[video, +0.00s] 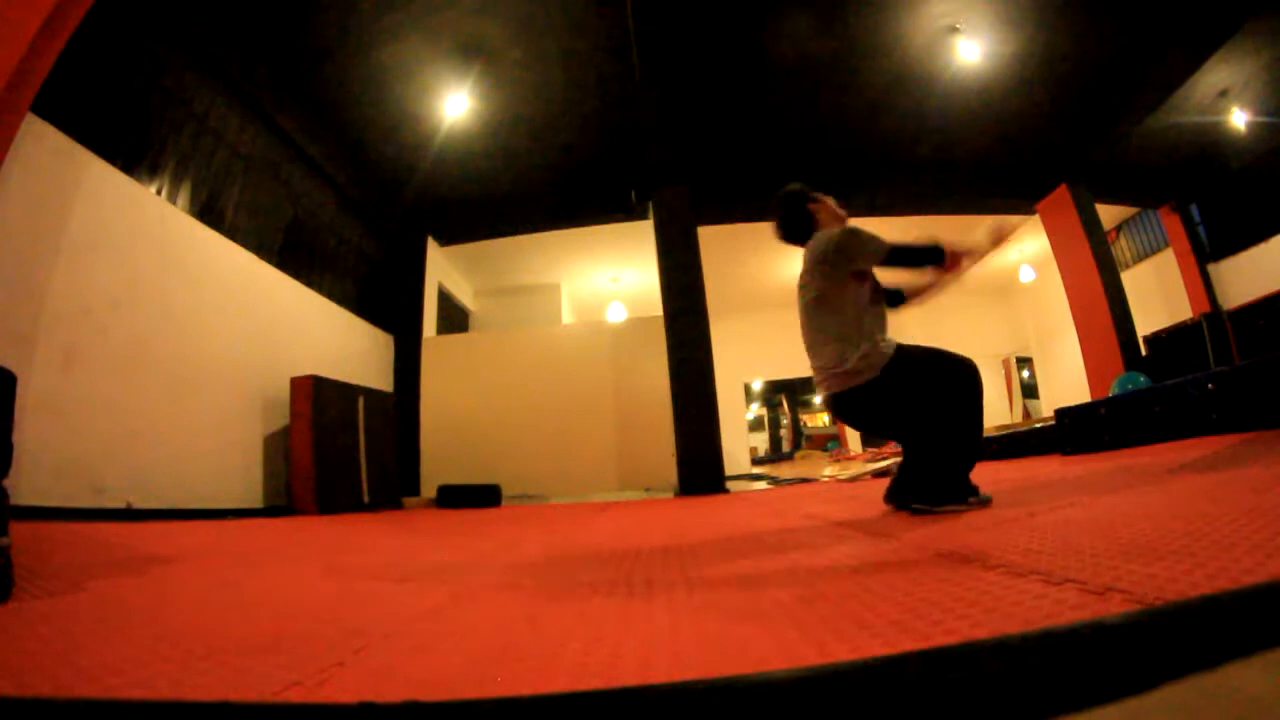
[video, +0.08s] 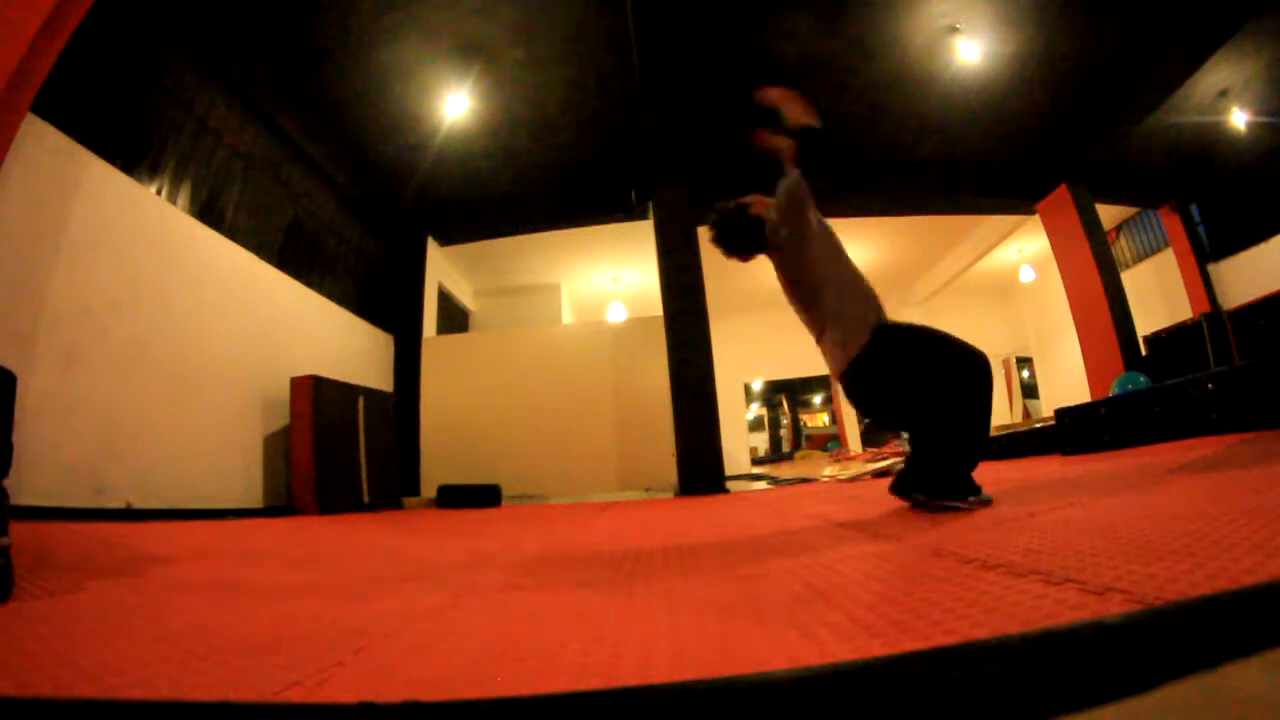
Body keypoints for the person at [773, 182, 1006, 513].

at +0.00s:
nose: (833, 201)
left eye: (825, 197)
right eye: (823, 198)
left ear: (807, 223)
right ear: (814, 211)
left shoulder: (821, 258)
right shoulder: (839, 240)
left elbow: (891, 298)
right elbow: (903, 256)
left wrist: (939, 278)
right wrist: (963, 253)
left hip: (847, 388)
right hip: (868, 374)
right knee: (960, 376)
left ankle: (910, 485)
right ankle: (944, 487)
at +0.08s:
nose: (755, 196)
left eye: (746, 197)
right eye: (748, 199)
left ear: (752, 238)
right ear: (753, 211)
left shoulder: (782, 241)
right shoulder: (789, 222)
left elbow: (796, 174)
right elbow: (808, 138)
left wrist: (782, 148)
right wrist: (791, 108)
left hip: (860, 366)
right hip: (875, 351)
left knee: (946, 386)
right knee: (971, 370)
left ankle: (922, 475)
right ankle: (944, 479)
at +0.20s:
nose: (684, 234)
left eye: (685, 243)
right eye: (689, 245)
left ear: (689, 242)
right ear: (695, 243)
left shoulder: (727, 222)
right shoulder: (708, 213)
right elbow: (632, 208)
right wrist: (570, 238)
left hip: (857, 235)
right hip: (866, 223)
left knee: (924, 318)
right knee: (959, 292)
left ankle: (935, 428)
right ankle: (975, 434)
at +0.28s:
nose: (684, 299)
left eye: (686, 302)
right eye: (693, 303)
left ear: (694, 284)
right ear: (702, 285)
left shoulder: (705, 252)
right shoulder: (689, 250)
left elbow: (670, 239)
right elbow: (631, 304)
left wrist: (634, 232)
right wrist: (603, 369)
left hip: (822, 191)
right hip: (823, 178)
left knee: (897, 241)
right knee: (930, 192)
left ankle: (918, 326)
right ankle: (931, 319)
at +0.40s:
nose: (732, 385)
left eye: (739, 385)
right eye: (738, 382)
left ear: (740, 348)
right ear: (737, 351)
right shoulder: (715, 321)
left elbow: (715, 220)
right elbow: (701, 404)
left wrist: (675, 218)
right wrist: (718, 483)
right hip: (777, 168)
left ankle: (922, 179)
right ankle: (922, 179)